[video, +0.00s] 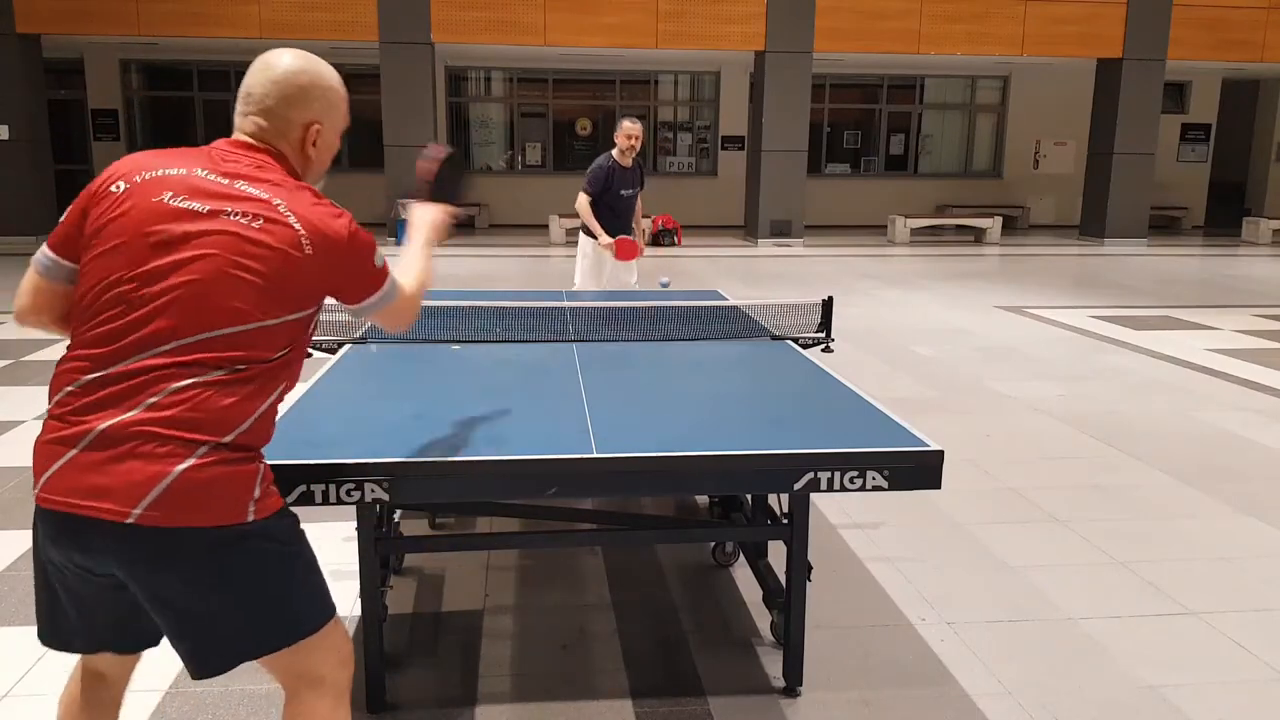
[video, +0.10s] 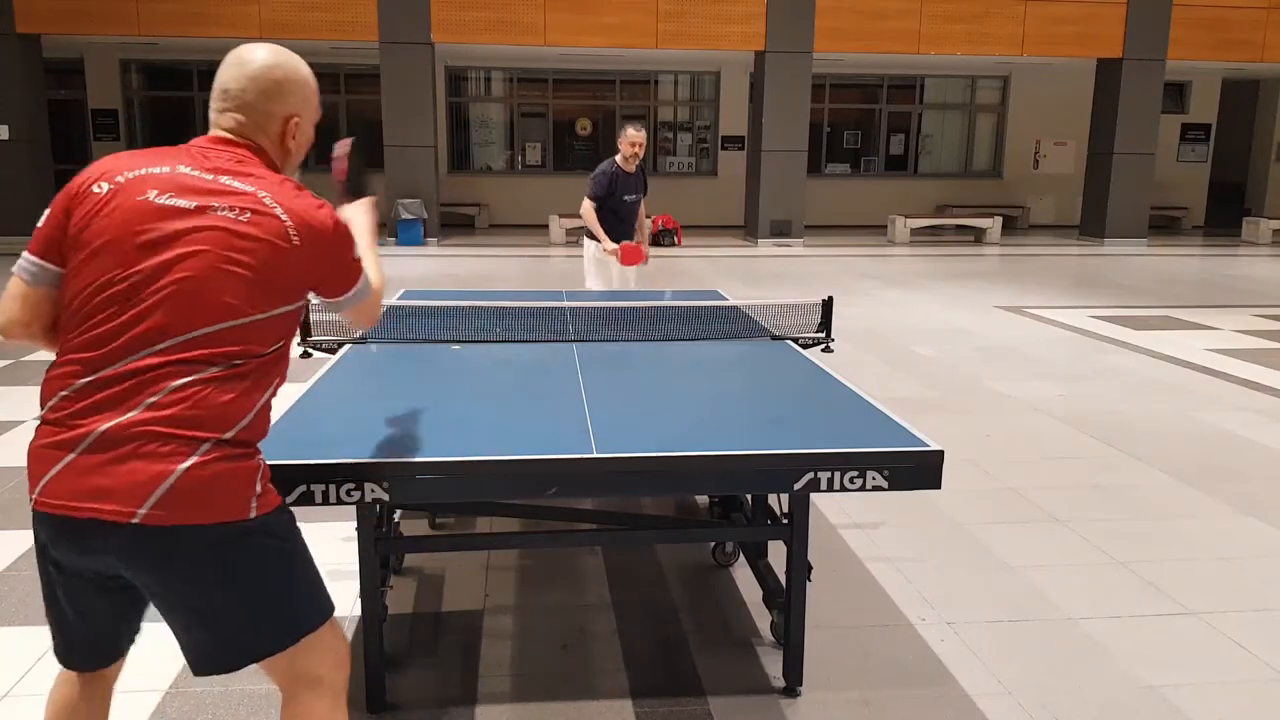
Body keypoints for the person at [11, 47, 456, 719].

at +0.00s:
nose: (335, 151)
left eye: (340, 136)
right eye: (337, 135)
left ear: (243, 115)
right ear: (312, 136)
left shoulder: (127, 174)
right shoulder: (318, 225)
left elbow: (36, 304)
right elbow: (400, 311)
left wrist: (136, 321)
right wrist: (422, 231)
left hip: (70, 495)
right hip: (201, 503)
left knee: (99, 665)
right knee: (321, 673)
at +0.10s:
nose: (311, 139)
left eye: (312, 125)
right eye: (310, 125)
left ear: (215, 112)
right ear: (290, 128)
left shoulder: (98, 178)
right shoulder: (302, 216)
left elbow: (20, 316)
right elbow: (365, 309)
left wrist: (117, 329)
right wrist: (361, 224)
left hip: (65, 495)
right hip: (200, 499)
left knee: (84, 671)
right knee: (318, 671)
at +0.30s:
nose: (262, 142)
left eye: (265, 127)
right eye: (262, 127)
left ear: (168, 117)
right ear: (242, 130)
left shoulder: (55, 187)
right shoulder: (252, 229)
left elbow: (6, 325)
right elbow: (305, 378)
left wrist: (87, 327)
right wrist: (302, 311)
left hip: (28, 494)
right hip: (155, 500)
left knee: (87, 656)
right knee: (291, 681)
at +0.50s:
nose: (264, 136)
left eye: (266, 120)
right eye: (264, 120)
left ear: (170, 111)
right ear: (241, 124)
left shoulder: (75, 173)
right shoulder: (217, 226)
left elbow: (9, 294)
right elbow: (225, 398)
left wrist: (107, 314)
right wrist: (287, 376)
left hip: (16, 473)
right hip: (119, 495)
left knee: (92, 637)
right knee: (254, 657)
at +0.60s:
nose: (283, 136)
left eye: (285, 118)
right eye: (283, 118)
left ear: (188, 108)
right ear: (261, 122)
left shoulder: (100, 166)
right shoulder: (219, 222)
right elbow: (229, 402)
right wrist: (299, 380)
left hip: (25, 461)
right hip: (115, 487)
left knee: (92, 637)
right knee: (246, 658)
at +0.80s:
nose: (339, 169)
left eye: (340, 153)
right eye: (339, 153)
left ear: (240, 137)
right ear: (314, 157)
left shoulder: (164, 184)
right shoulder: (253, 259)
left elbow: (170, 326)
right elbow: (287, 441)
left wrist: (277, 347)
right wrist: (363, 407)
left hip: (35, 468)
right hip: (126, 503)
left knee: (102, 633)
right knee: (265, 659)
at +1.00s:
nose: (376, 206)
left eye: (382, 190)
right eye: (379, 191)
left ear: (283, 170)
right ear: (350, 199)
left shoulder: (209, 206)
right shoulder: (256, 295)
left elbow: (241, 327)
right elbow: (281, 478)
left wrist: (350, 329)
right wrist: (392, 459)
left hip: (48, 468)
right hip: (114, 506)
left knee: (140, 601)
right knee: (269, 660)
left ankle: (47, 712)